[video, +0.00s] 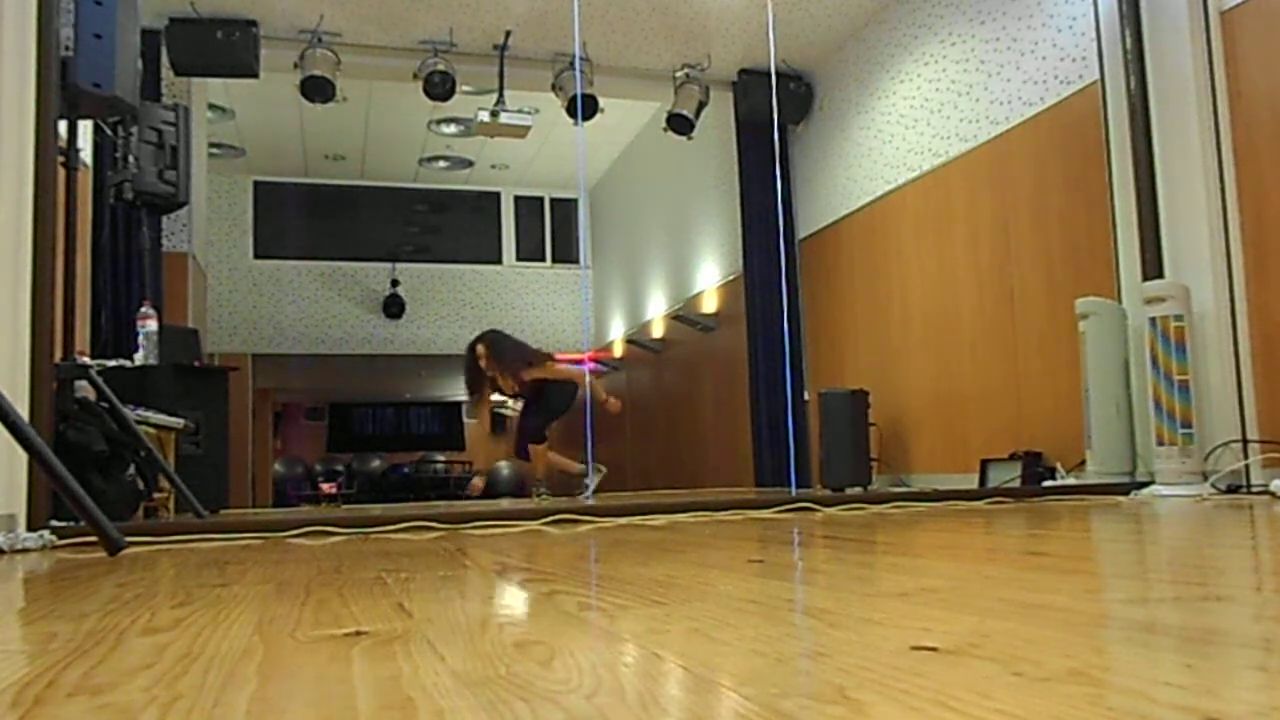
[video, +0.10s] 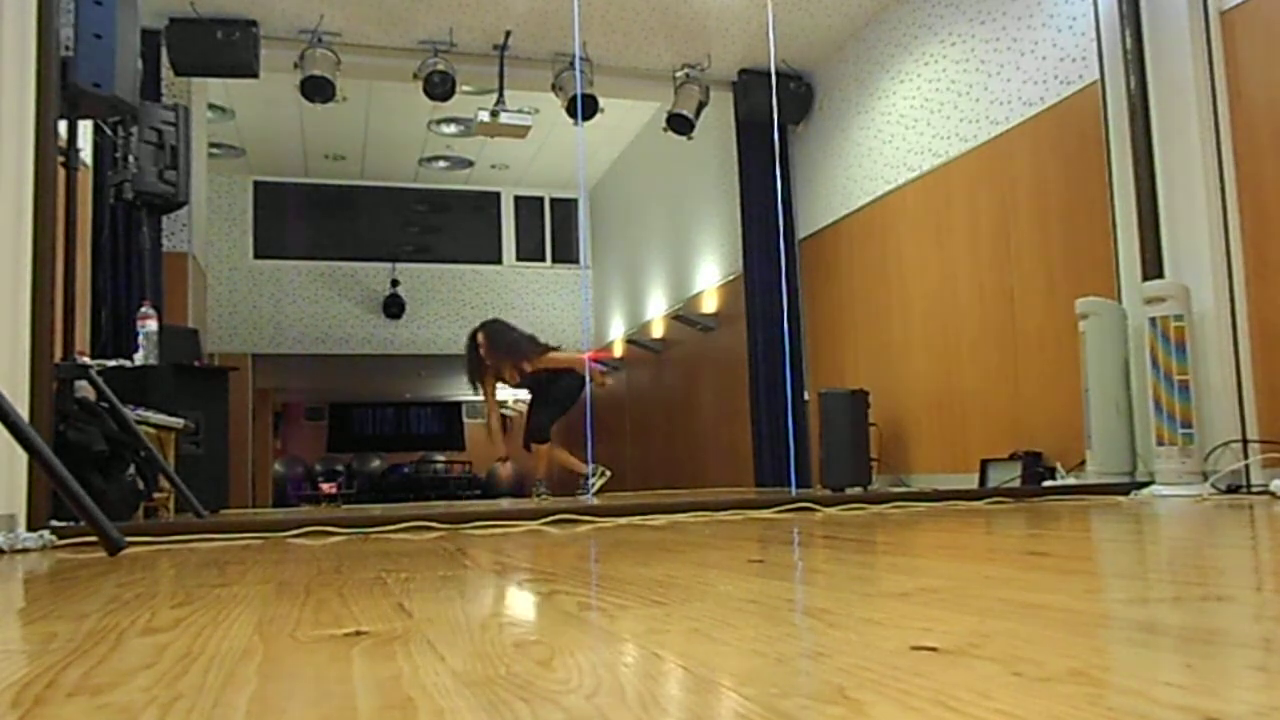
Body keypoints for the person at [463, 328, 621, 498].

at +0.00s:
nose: (483, 363)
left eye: (486, 357)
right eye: (480, 358)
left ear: (500, 354)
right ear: (477, 361)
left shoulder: (527, 370)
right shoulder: (490, 380)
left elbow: (581, 375)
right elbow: (483, 427)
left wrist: (604, 399)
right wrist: (481, 472)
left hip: (559, 389)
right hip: (535, 396)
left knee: (534, 431)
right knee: (524, 451)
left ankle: (539, 486)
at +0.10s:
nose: (483, 352)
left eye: (486, 346)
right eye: (479, 347)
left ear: (500, 343)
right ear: (477, 350)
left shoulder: (526, 360)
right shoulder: (490, 373)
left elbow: (577, 360)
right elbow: (492, 410)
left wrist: (597, 376)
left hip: (567, 379)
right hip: (542, 388)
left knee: (540, 428)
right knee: (533, 443)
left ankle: (540, 484)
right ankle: (590, 472)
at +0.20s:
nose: (483, 336)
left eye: (486, 330)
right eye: (480, 331)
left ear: (500, 328)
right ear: (477, 334)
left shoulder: (527, 347)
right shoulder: (493, 359)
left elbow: (575, 349)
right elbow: (502, 397)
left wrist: (592, 367)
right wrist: (515, 430)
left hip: (568, 374)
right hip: (546, 379)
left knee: (545, 431)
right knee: (543, 436)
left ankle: (541, 486)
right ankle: (594, 472)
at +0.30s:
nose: (485, 315)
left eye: (489, 309)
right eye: (482, 310)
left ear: (503, 309)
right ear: (480, 313)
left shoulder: (529, 332)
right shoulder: (495, 340)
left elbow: (577, 339)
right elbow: (503, 376)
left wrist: (592, 364)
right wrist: (518, 407)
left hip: (569, 364)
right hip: (547, 370)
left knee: (548, 422)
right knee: (551, 427)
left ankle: (545, 483)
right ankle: (597, 473)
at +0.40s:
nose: (488, 296)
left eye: (493, 290)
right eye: (486, 290)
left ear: (508, 291)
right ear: (483, 293)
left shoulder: (531, 316)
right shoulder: (496, 321)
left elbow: (577, 331)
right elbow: (498, 361)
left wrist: (590, 365)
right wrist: (513, 397)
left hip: (567, 360)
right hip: (544, 368)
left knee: (540, 410)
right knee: (555, 430)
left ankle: (551, 472)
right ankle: (598, 473)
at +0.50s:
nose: (490, 279)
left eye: (496, 273)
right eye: (487, 272)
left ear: (511, 276)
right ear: (482, 276)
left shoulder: (530, 304)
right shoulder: (491, 308)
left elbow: (573, 326)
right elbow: (492, 349)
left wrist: (580, 364)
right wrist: (498, 383)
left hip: (560, 363)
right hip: (537, 367)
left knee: (532, 411)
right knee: (556, 429)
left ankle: (537, 476)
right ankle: (597, 472)